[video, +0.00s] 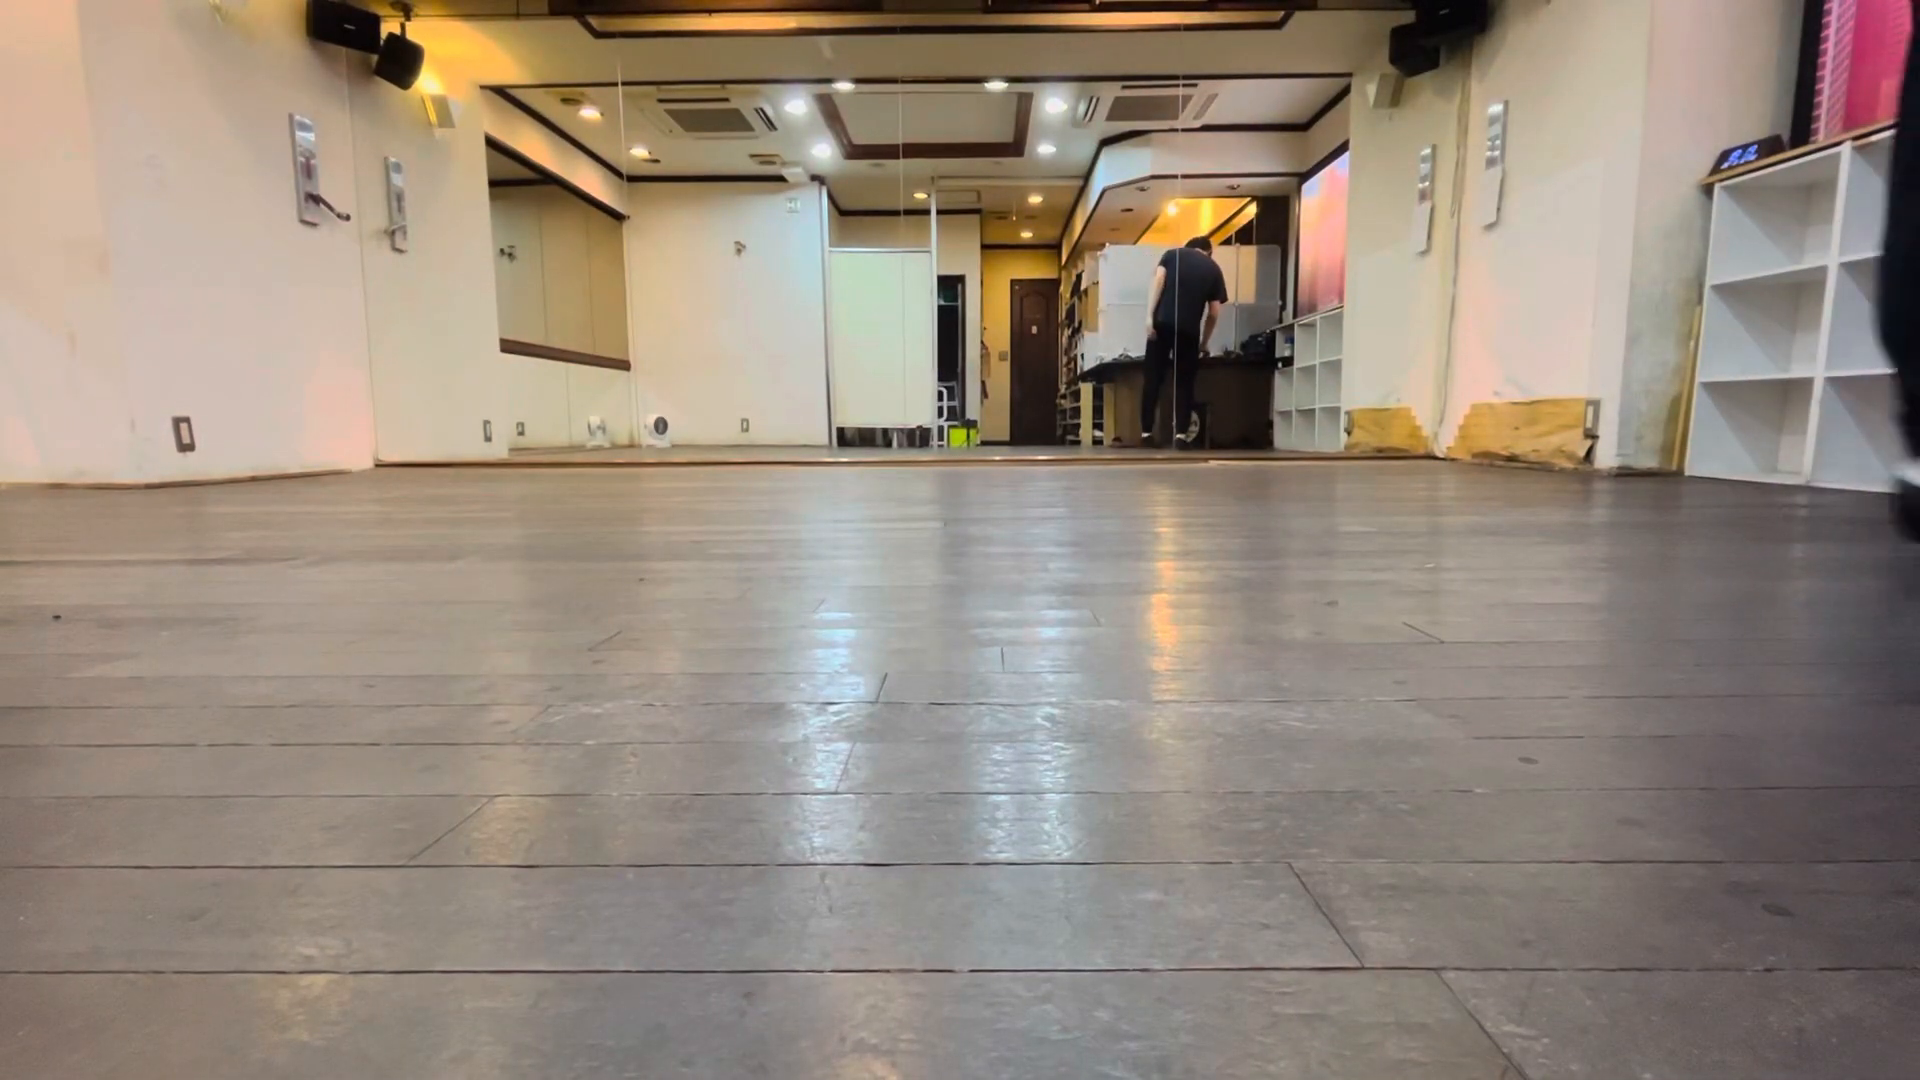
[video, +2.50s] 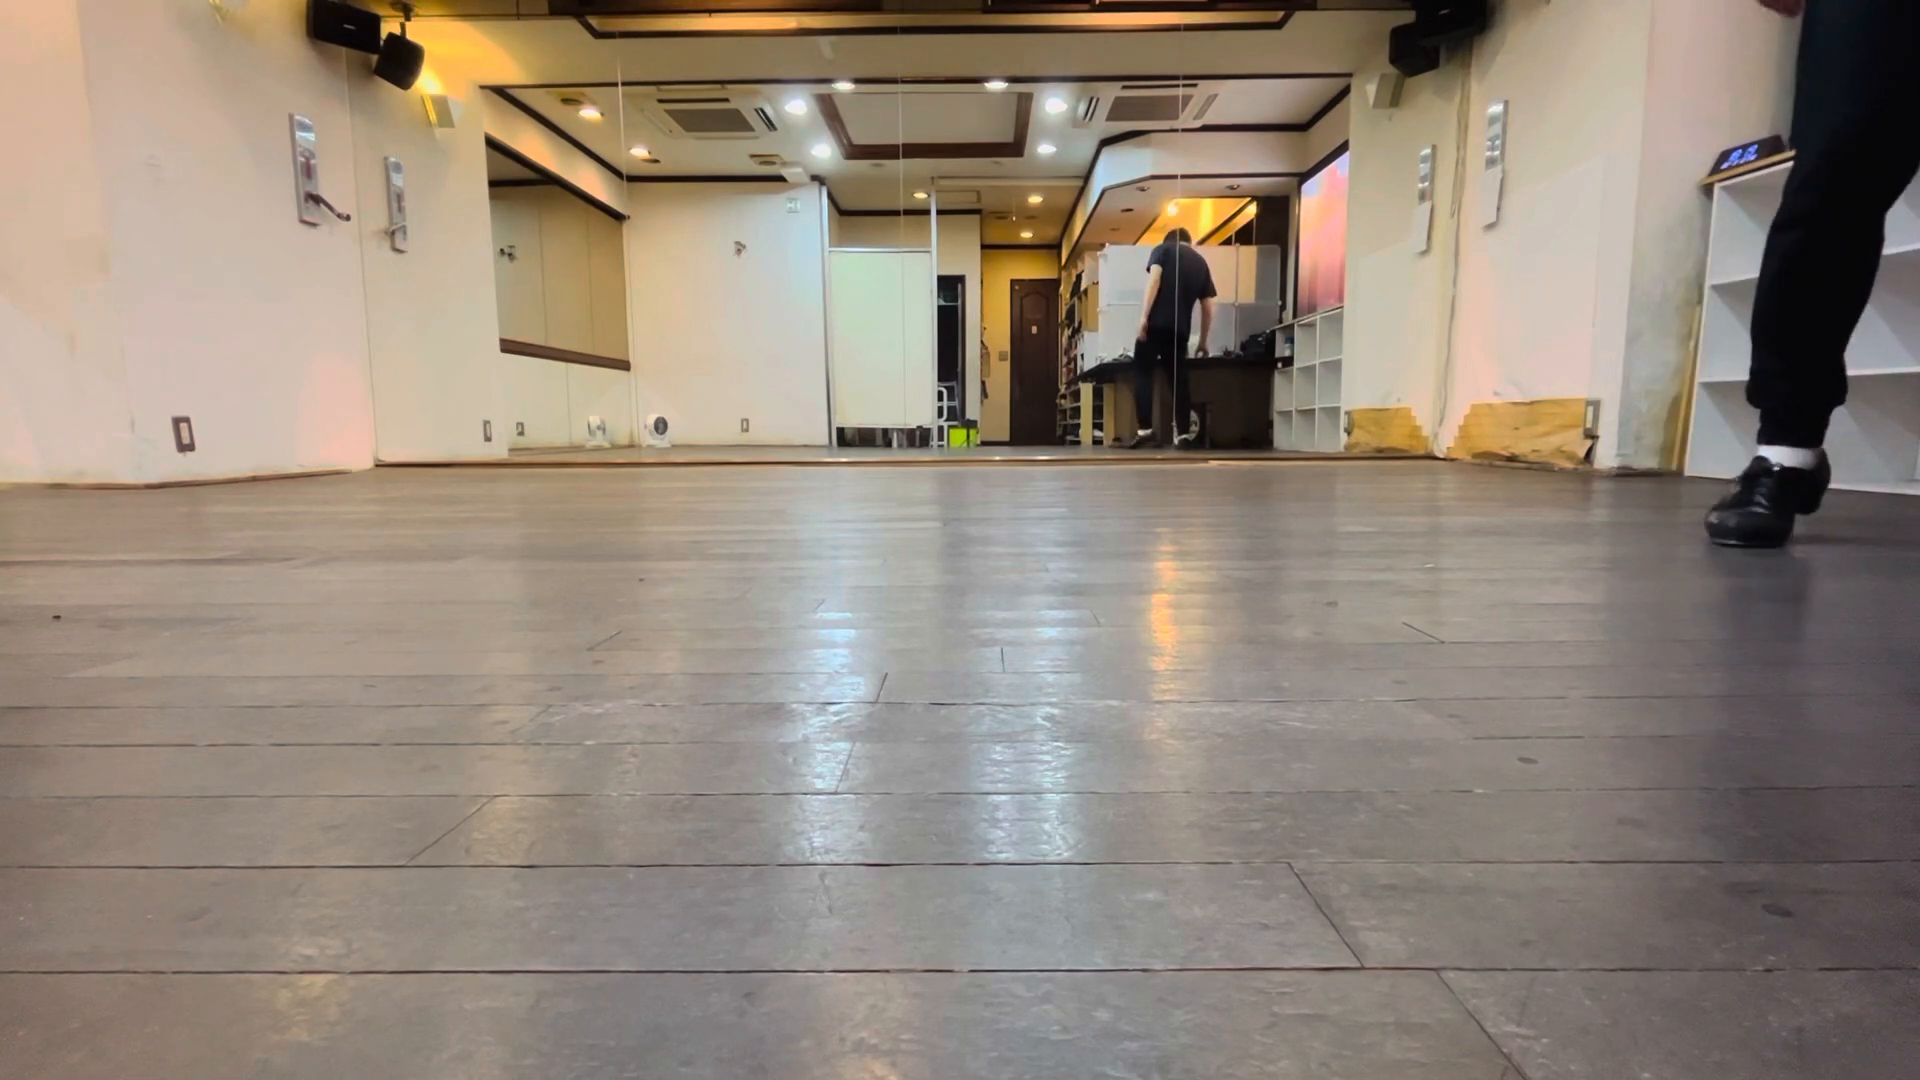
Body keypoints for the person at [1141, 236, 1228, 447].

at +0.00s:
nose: (1210, 257)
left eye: (1209, 255)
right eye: (1211, 255)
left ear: (1188, 246)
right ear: (1208, 252)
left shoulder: (1172, 254)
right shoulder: (1213, 269)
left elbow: (1159, 280)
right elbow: (1213, 313)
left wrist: (1150, 317)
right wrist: (1205, 343)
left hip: (1162, 325)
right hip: (1189, 331)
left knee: (1152, 377)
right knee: (1185, 381)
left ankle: (1146, 430)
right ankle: (1181, 433)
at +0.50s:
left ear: (1190, 246)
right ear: (1211, 252)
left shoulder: (1178, 252)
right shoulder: (1218, 270)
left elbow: (1167, 277)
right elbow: (1218, 314)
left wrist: (1153, 314)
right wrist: (1206, 342)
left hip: (1166, 320)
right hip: (1191, 328)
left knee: (1145, 368)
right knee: (1185, 380)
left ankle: (1130, 418)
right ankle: (1180, 433)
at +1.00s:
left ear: (1188, 245)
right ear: (1207, 250)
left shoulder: (1180, 250)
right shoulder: (1217, 270)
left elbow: (1172, 275)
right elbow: (1218, 313)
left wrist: (1158, 310)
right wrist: (1206, 342)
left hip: (1169, 317)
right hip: (1192, 326)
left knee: (1155, 367)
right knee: (1185, 377)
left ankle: (1148, 420)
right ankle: (1181, 433)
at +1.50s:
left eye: (1187, 244)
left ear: (1189, 243)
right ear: (1209, 249)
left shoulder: (1179, 249)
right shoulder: (1218, 268)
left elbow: (1171, 274)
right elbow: (1220, 313)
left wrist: (1156, 309)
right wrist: (1207, 343)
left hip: (1167, 319)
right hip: (1193, 327)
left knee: (1150, 369)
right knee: (1185, 379)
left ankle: (1136, 420)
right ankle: (1183, 434)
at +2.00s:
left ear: (1181, 239)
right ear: (1201, 244)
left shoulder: (1171, 247)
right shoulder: (1210, 263)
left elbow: (1160, 278)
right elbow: (1214, 311)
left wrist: (1149, 314)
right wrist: (1205, 342)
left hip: (1159, 324)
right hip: (1184, 328)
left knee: (1147, 373)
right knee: (1182, 377)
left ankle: (1145, 429)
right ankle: (1182, 433)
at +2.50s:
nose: (1166, 244)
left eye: (1167, 241)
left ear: (1169, 240)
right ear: (1189, 242)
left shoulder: (1163, 249)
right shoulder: (1200, 261)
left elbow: (1154, 280)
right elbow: (1207, 307)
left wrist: (1144, 318)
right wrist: (1203, 340)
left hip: (1155, 327)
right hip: (1180, 330)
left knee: (1142, 373)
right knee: (1179, 378)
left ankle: (1144, 428)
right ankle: (1182, 432)